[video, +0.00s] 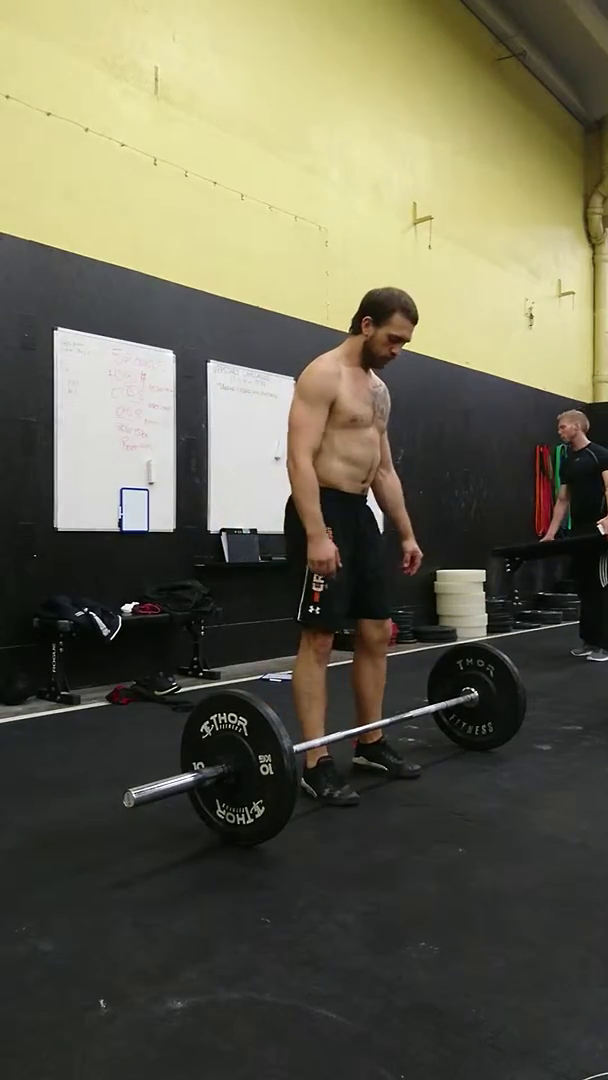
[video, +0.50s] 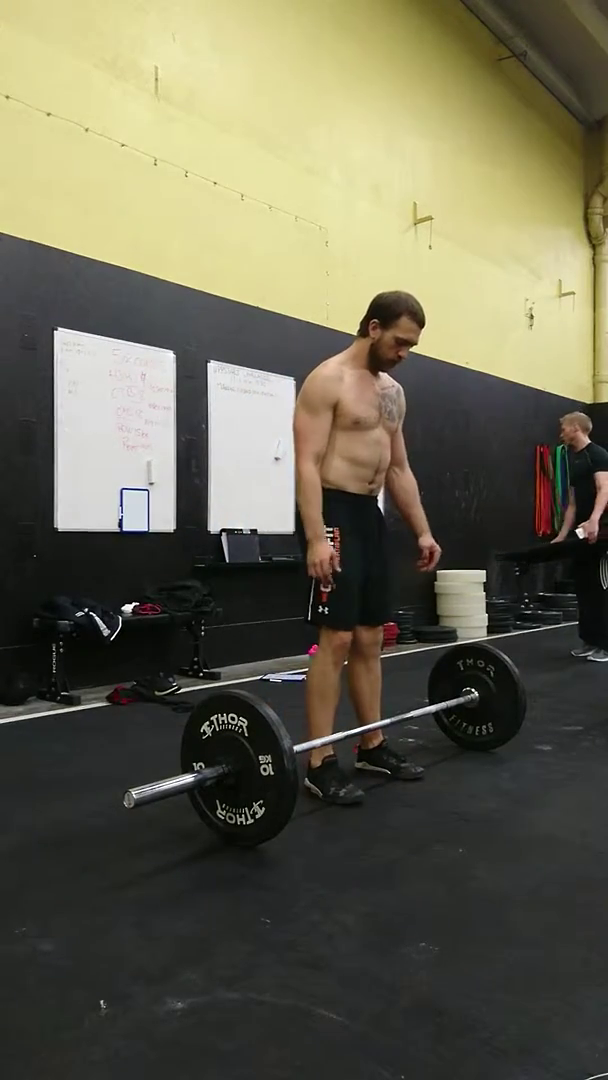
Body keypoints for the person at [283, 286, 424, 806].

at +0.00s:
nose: (398, 351)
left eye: (404, 343)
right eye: (394, 340)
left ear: (396, 337)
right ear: (365, 325)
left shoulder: (379, 388)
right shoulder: (323, 374)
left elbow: (383, 468)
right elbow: (299, 458)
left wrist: (405, 531)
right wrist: (316, 534)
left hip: (363, 516)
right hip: (323, 515)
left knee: (375, 635)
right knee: (318, 640)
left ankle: (371, 742)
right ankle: (316, 761)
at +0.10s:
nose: (400, 351)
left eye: (406, 344)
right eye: (396, 341)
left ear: (400, 338)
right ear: (367, 326)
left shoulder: (383, 389)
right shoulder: (324, 376)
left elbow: (386, 469)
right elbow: (302, 459)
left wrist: (404, 532)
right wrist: (323, 532)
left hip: (367, 517)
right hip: (325, 516)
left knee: (369, 638)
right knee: (321, 641)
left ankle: (371, 746)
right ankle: (316, 763)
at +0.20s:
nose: (402, 353)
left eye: (408, 345)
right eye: (397, 342)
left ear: (402, 339)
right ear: (370, 327)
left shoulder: (389, 389)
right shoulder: (326, 377)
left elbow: (390, 468)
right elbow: (306, 459)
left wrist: (406, 534)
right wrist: (327, 528)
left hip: (369, 517)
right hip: (328, 516)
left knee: (367, 639)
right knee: (327, 641)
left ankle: (371, 747)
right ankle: (316, 764)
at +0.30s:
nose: (404, 354)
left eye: (410, 347)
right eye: (399, 343)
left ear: (407, 341)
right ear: (371, 329)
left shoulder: (393, 389)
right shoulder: (328, 380)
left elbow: (396, 469)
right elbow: (309, 461)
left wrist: (410, 534)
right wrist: (329, 530)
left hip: (371, 518)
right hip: (332, 517)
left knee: (369, 637)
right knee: (336, 637)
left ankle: (371, 746)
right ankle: (316, 762)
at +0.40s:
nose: (405, 354)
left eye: (411, 347)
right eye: (400, 344)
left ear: (408, 341)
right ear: (372, 329)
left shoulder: (395, 390)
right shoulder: (328, 380)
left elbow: (398, 468)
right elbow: (309, 461)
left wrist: (417, 532)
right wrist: (326, 532)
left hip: (371, 516)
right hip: (332, 514)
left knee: (370, 637)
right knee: (339, 636)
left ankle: (372, 748)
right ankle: (317, 760)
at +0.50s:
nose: (404, 353)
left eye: (410, 346)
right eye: (399, 342)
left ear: (408, 341)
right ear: (371, 328)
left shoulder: (392, 390)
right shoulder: (327, 379)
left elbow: (398, 467)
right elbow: (307, 461)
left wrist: (422, 530)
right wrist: (316, 537)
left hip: (371, 516)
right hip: (332, 513)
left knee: (369, 637)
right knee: (336, 638)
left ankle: (372, 748)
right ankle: (319, 763)